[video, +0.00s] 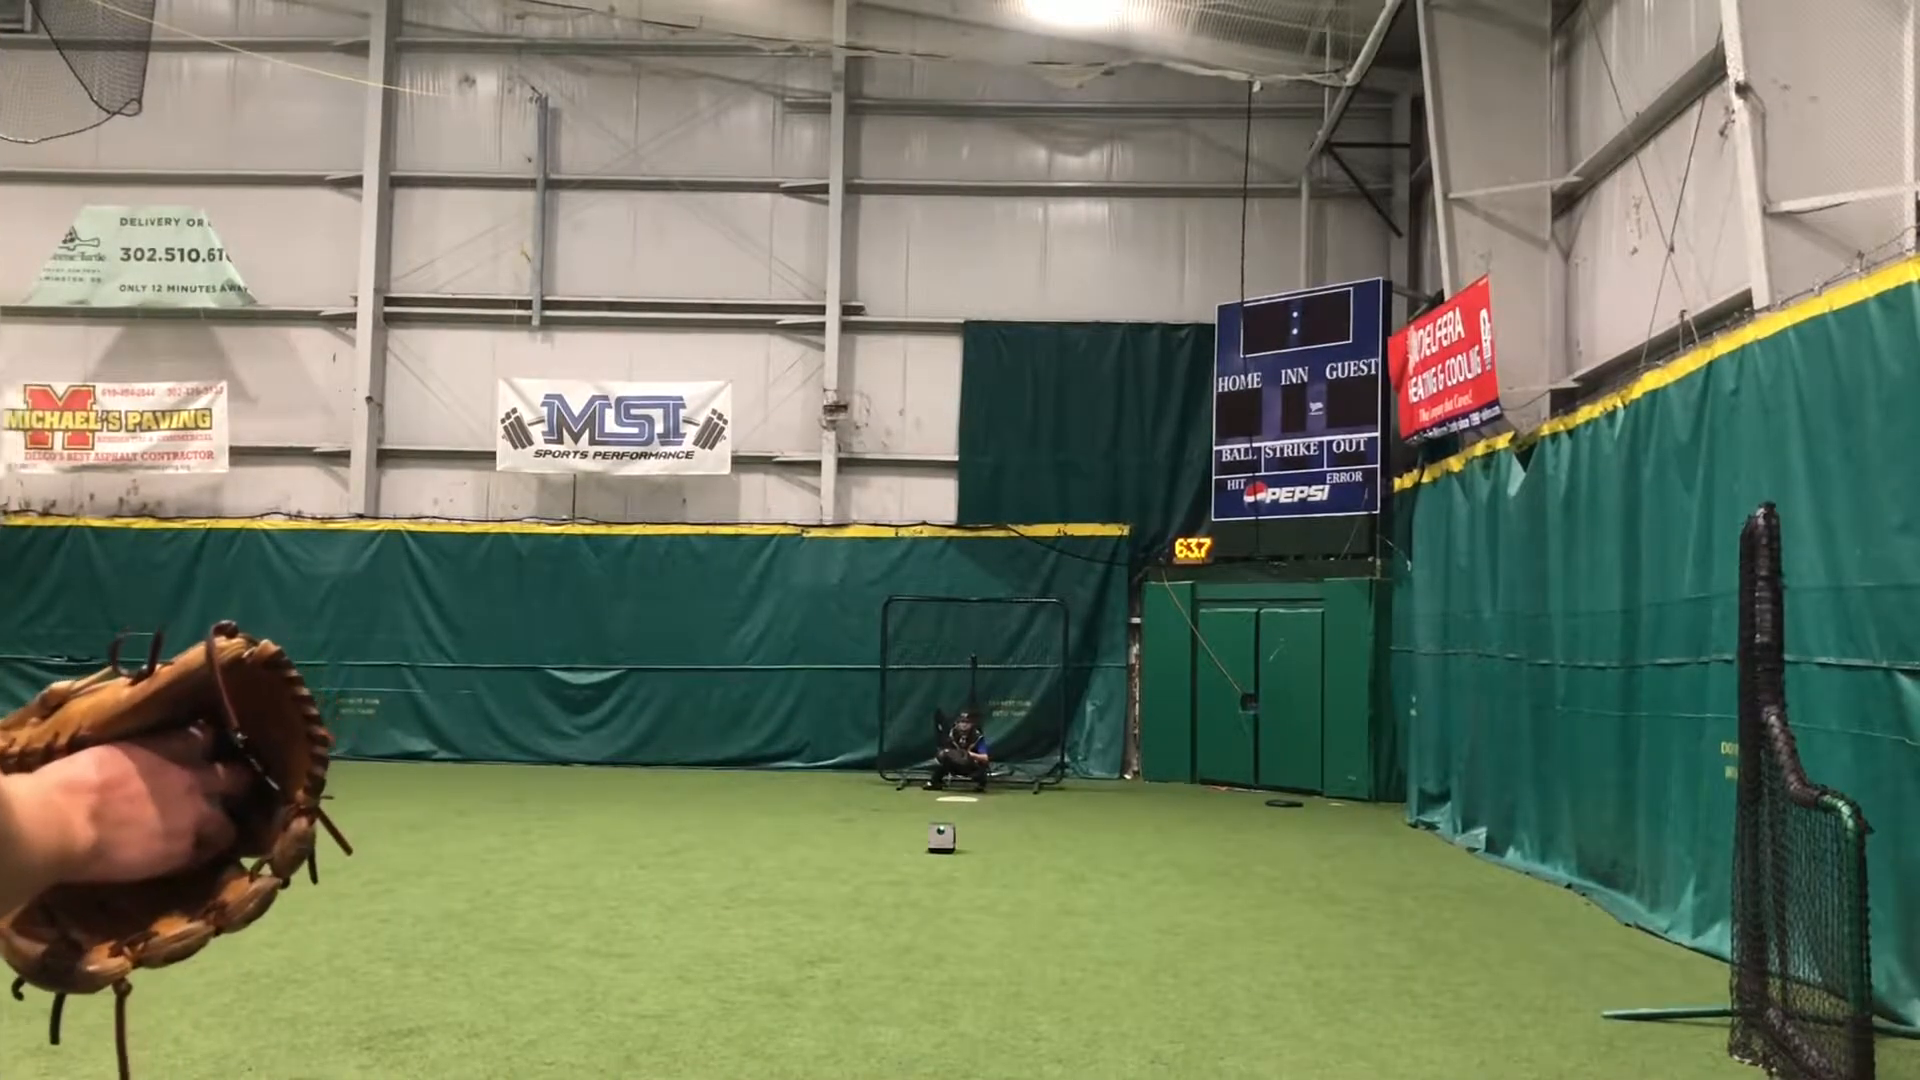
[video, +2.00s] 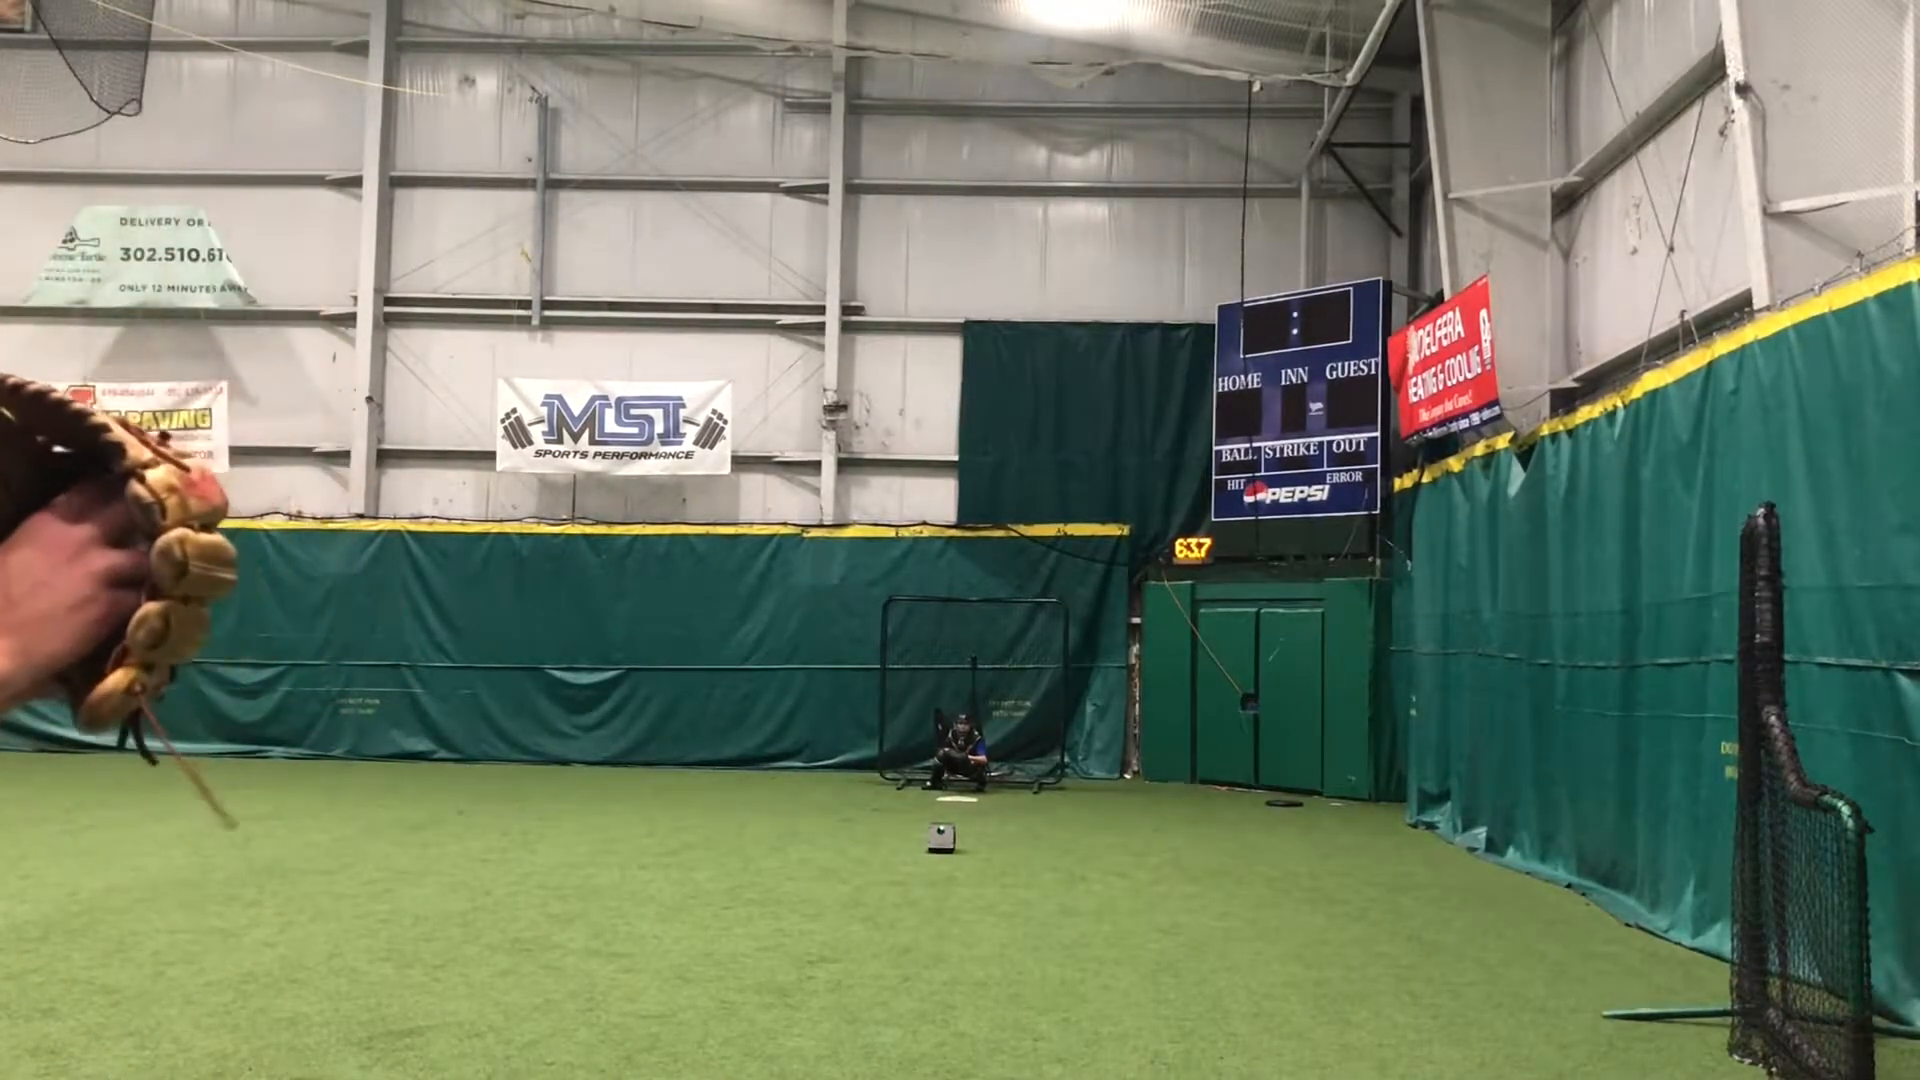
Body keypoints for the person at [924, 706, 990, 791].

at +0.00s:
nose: (964, 725)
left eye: (967, 722)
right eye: (961, 722)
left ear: (972, 724)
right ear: (957, 724)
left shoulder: (978, 738)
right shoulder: (952, 736)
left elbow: (985, 758)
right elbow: (940, 754)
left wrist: (969, 754)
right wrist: (948, 754)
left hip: (972, 765)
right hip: (955, 764)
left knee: (981, 772)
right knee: (944, 765)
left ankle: (981, 785)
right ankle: (935, 782)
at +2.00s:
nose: (962, 727)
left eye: (965, 724)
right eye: (960, 724)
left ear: (970, 726)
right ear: (955, 725)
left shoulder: (976, 739)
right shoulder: (950, 735)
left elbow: (983, 759)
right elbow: (944, 749)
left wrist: (967, 757)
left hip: (969, 764)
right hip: (953, 763)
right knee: (941, 756)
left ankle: (981, 784)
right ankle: (936, 782)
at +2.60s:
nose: (958, 727)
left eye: (961, 724)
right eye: (956, 724)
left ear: (966, 726)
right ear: (951, 725)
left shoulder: (973, 738)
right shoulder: (946, 735)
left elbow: (980, 760)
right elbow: (939, 751)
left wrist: (964, 759)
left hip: (966, 766)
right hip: (949, 764)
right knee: (937, 760)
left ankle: (981, 783)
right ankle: (935, 782)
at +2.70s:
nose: (957, 726)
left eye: (960, 724)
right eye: (955, 723)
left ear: (965, 725)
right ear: (950, 725)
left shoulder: (972, 738)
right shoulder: (945, 735)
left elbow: (979, 759)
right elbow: (938, 751)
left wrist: (963, 757)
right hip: (948, 763)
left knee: (963, 768)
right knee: (936, 760)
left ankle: (980, 782)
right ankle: (936, 782)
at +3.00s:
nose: (954, 726)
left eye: (958, 723)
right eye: (952, 722)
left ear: (963, 725)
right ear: (947, 724)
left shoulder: (970, 738)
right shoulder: (942, 735)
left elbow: (976, 758)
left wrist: (960, 756)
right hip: (946, 760)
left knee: (960, 768)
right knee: (935, 753)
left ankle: (980, 782)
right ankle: (935, 782)